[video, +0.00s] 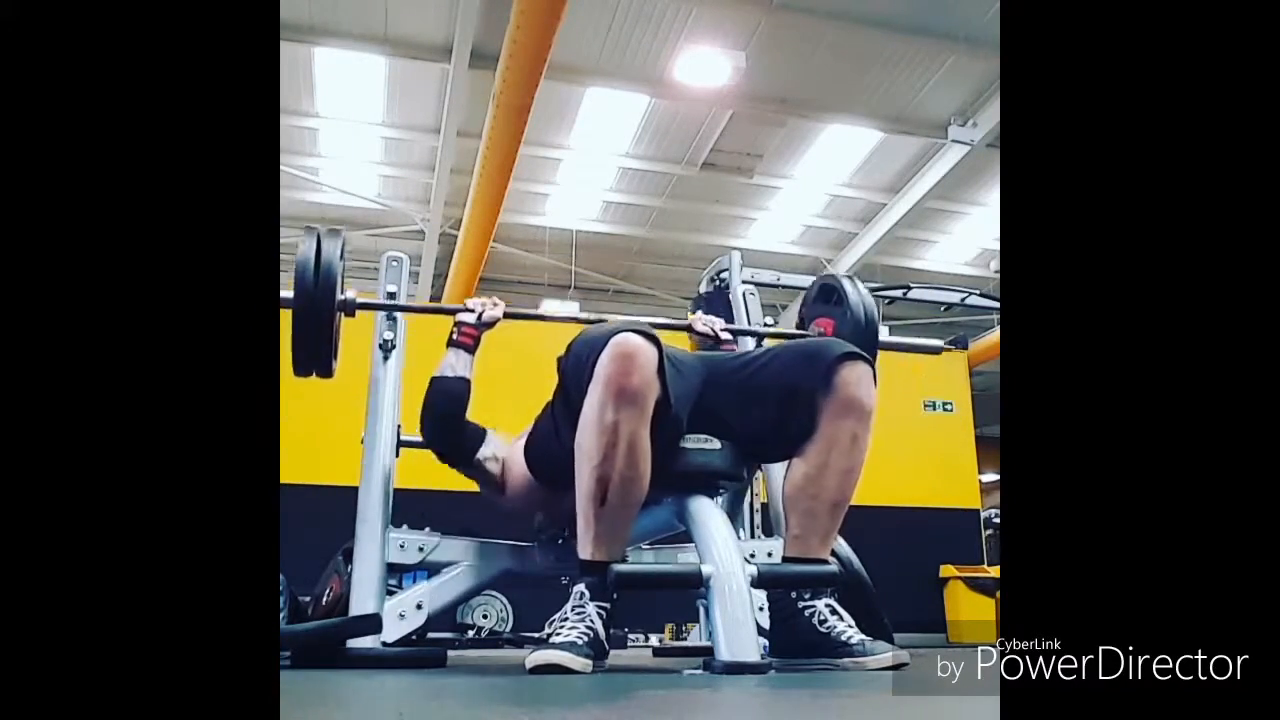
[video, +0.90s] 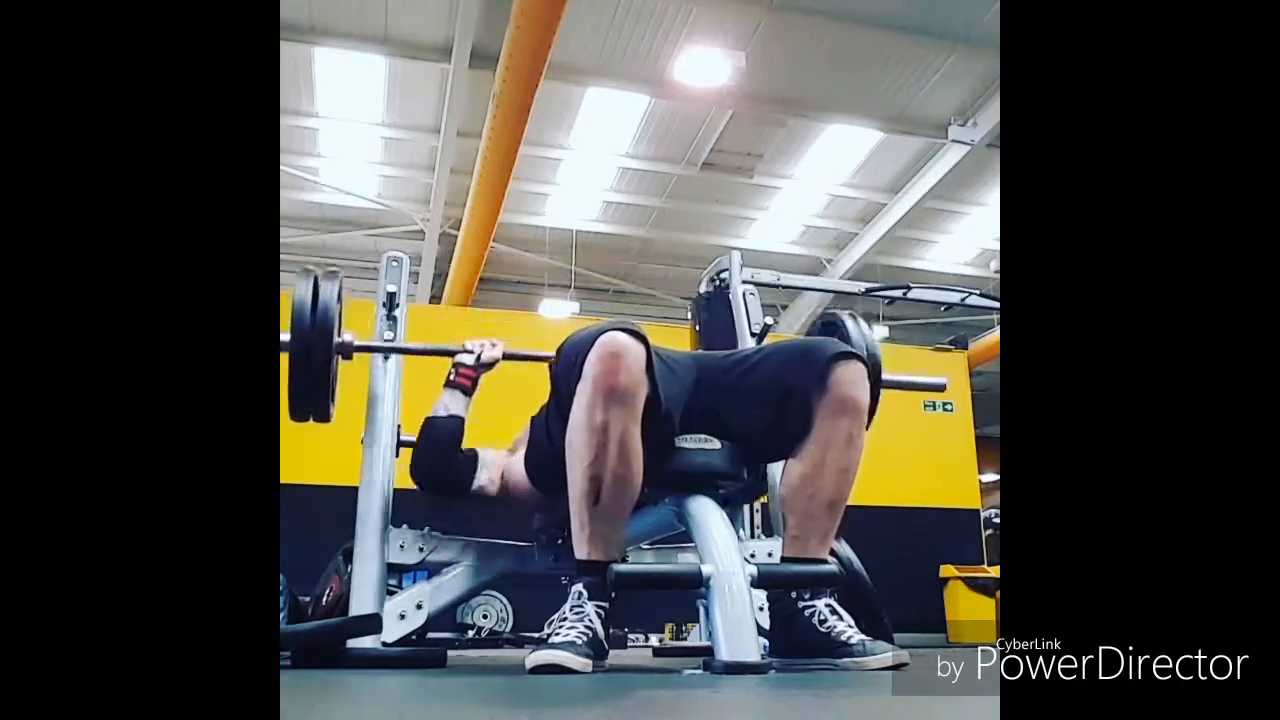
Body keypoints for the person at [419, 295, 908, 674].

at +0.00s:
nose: (503, 485)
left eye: (502, 483)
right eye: (498, 484)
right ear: (501, 475)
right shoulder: (512, 462)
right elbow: (443, 425)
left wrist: (729, 352)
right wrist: (465, 338)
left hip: (704, 386)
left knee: (851, 378)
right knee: (630, 357)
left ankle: (798, 608)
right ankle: (587, 607)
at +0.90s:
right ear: (498, 477)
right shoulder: (515, 475)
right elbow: (434, 470)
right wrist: (461, 381)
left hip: (709, 375)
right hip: (631, 360)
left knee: (844, 374)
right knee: (615, 356)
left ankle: (800, 604)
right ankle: (587, 603)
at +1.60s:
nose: (495, 450)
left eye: (497, 452)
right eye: (492, 456)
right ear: (497, 470)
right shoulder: (516, 470)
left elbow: (734, 404)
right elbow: (448, 400)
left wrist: (721, 338)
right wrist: (463, 309)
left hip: (697, 389)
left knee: (848, 377)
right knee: (625, 355)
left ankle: (800, 606)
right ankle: (585, 606)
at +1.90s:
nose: (492, 434)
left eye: (492, 435)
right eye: (487, 437)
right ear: (499, 459)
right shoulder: (523, 468)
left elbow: (719, 377)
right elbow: (474, 370)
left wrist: (709, 302)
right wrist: (464, 276)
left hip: (685, 381)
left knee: (842, 373)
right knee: (618, 351)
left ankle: (797, 604)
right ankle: (587, 606)